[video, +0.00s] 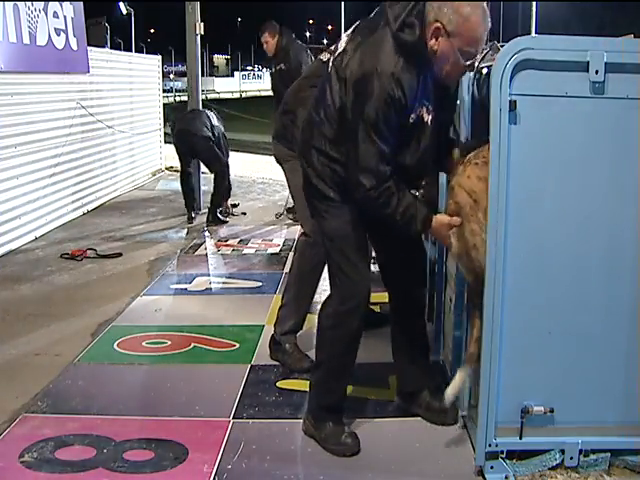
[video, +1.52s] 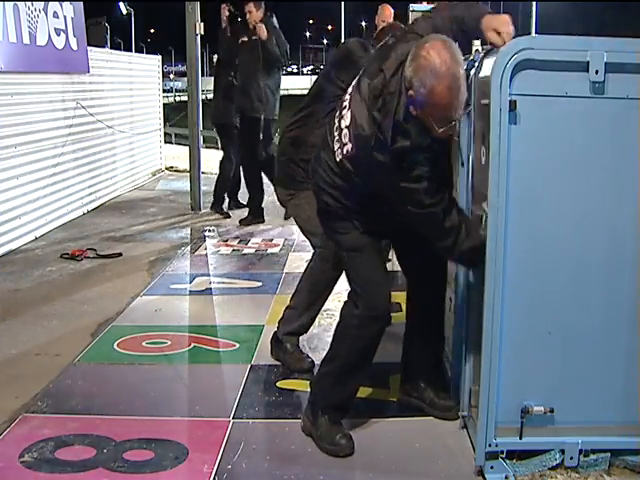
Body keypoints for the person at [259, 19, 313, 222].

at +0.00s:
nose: (265, 47)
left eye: (267, 42)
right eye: (263, 43)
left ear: (276, 38)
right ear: (270, 39)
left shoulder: (295, 55)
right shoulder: (278, 56)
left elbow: (303, 91)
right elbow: (280, 93)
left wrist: (299, 121)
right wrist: (281, 119)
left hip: (297, 119)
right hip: (286, 118)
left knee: (294, 159)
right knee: (290, 159)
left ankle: (304, 206)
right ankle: (298, 202)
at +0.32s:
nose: (280, 21)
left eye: (283, 17)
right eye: (279, 17)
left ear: (294, 17)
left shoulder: (307, 39)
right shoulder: (283, 41)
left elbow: (313, 71)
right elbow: (278, 68)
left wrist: (291, 91)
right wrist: (278, 86)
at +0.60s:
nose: (287, 16)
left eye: (290, 12)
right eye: (287, 12)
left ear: (301, 13)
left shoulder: (312, 35)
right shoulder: (287, 36)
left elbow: (316, 72)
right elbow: (280, 61)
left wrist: (291, 79)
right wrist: (275, 73)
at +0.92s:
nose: (283, 16)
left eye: (286, 12)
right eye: (282, 12)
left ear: (297, 12)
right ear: (287, 13)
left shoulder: (308, 36)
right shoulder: (285, 35)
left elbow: (314, 72)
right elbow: (278, 66)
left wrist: (291, 72)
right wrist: (263, 59)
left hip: (298, 109)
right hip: (283, 107)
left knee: (284, 154)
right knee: (278, 153)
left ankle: (274, 204)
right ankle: (274, 202)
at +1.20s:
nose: (268, 18)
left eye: (271, 14)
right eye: (267, 15)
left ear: (283, 13)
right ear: (270, 15)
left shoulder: (294, 36)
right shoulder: (269, 36)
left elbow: (299, 71)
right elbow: (257, 63)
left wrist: (280, 61)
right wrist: (245, 46)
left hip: (289, 110)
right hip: (271, 108)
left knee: (288, 161)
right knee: (267, 160)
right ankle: (257, 209)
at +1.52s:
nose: (247, 16)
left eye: (250, 11)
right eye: (245, 12)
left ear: (261, 10)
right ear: (244, 13)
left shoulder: (272, 31)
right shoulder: (242, 33)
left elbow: (281, 61)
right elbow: (226, 58)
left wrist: (265, 39)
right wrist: (225, 27)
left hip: (265, 105)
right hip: (245, 105)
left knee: (265, 157)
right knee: (247, 160)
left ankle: (291, 198)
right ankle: (255, 211)